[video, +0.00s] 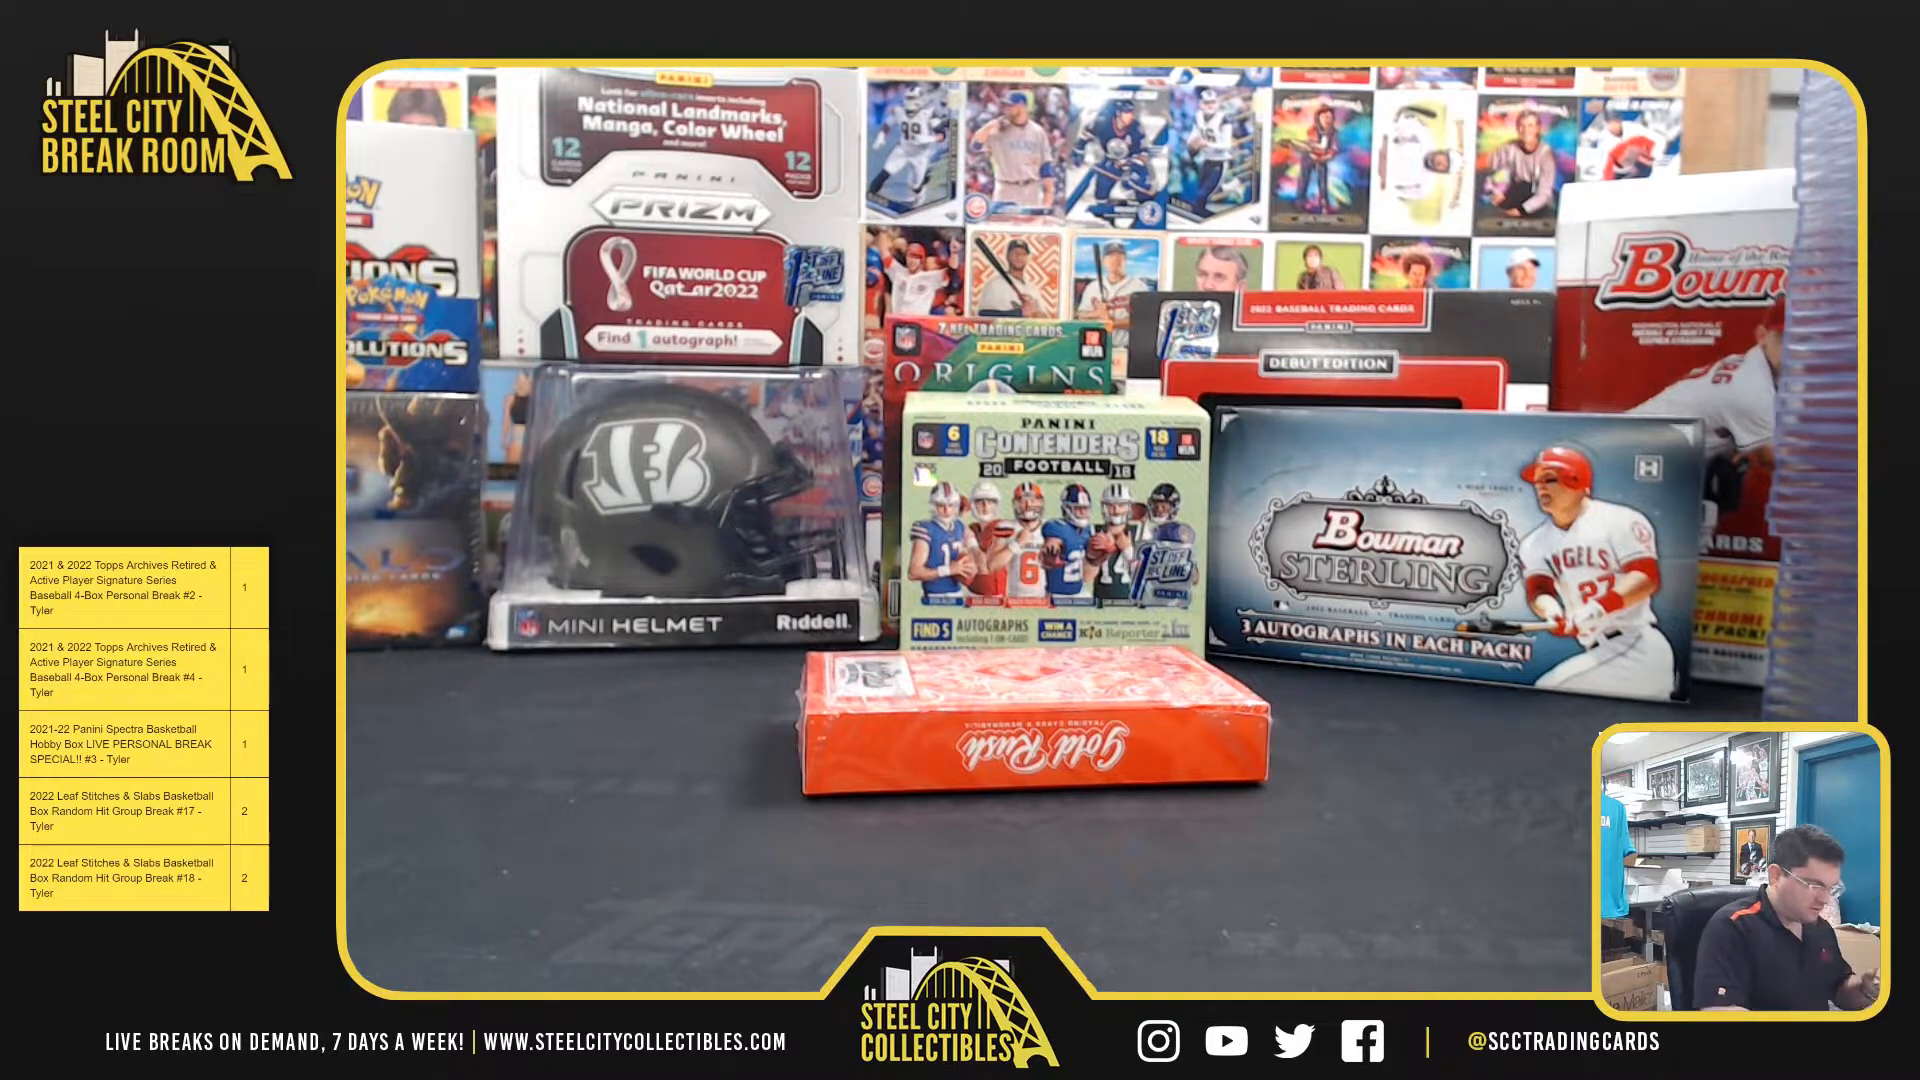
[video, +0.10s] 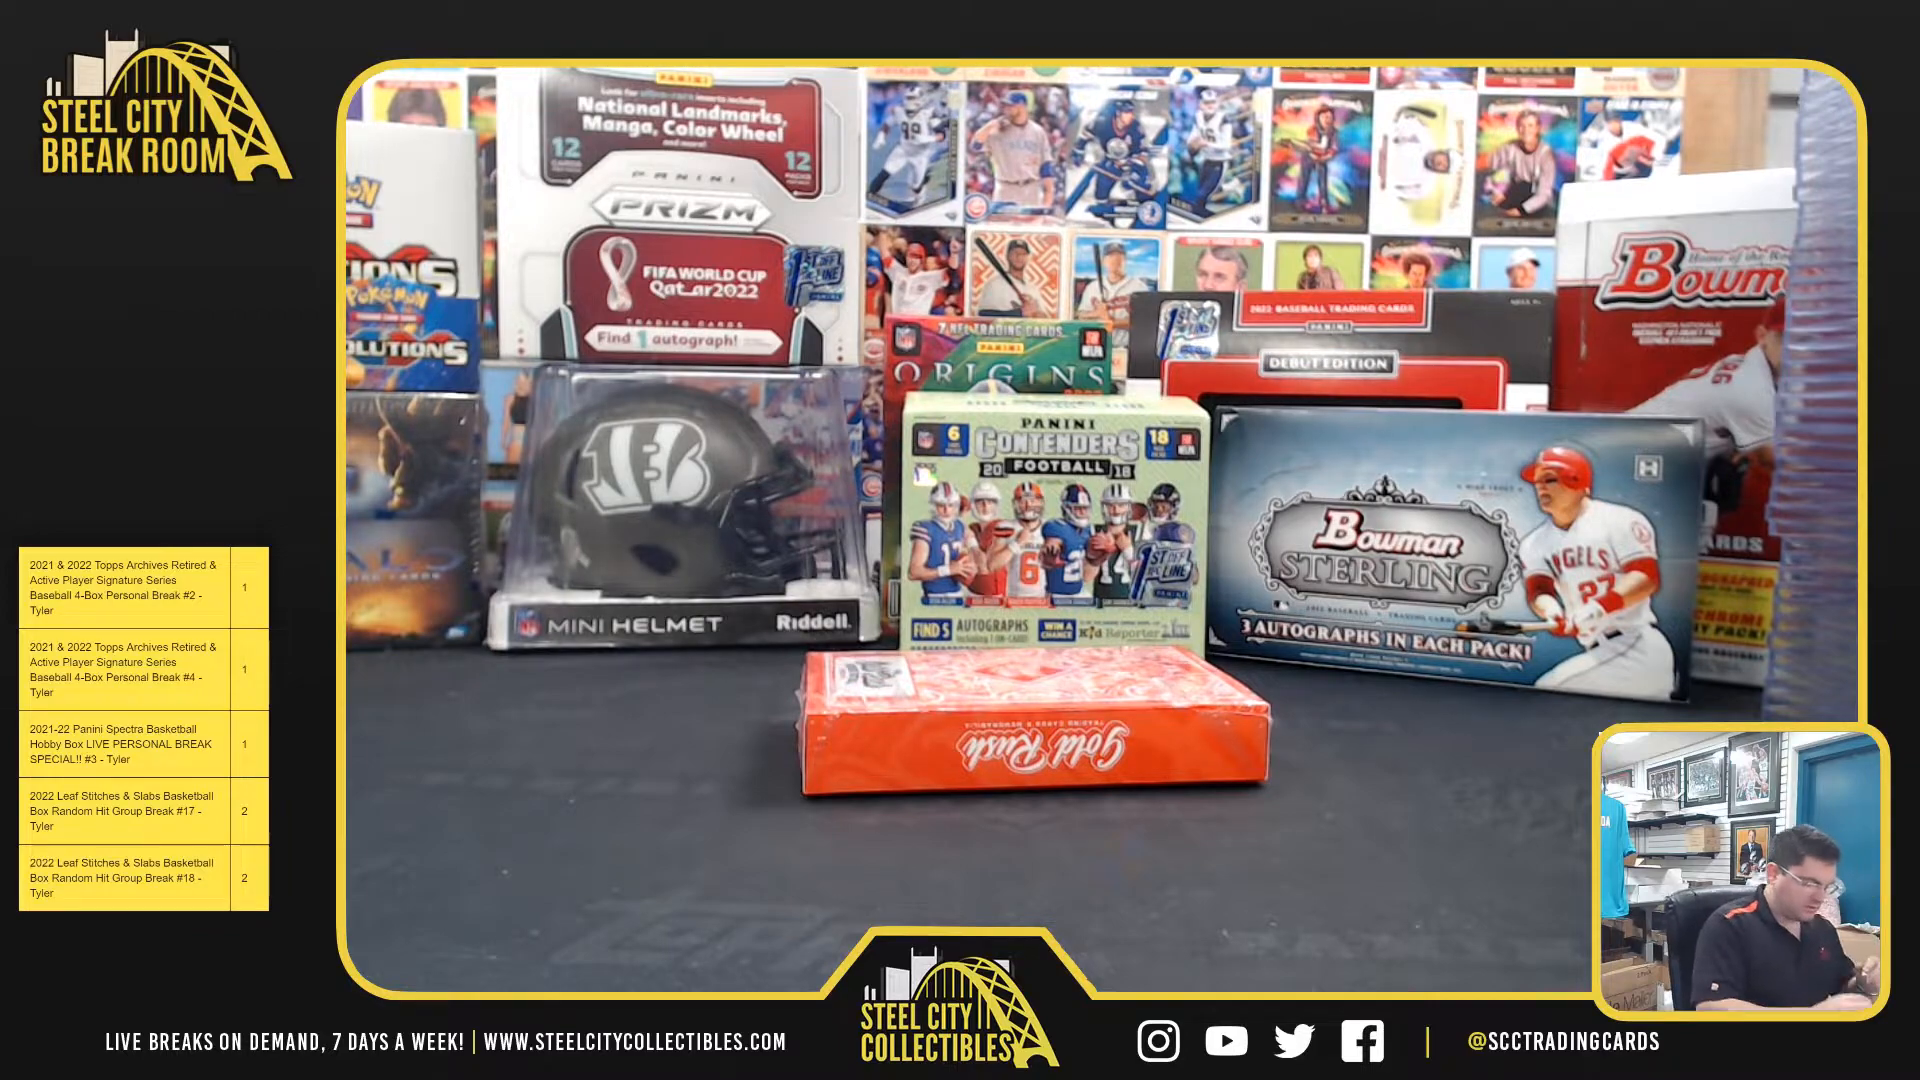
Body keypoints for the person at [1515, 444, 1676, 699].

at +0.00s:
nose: (1540, 490)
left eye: (1550, 481)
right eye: (1537, 484)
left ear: (1578, 484)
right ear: (1533, 488)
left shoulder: (1624, 521)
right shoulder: (1534, 545)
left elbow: (1646, 577)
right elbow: (1539, 591)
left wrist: (1599, 608)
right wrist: (1554, 614)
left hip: (1638, 648)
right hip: (1599, 652)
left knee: (1546, 692)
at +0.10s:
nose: (1540, 490)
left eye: (1549, 481)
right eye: (1537, 484)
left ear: (1578, 484)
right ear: (1533, 488)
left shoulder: (1625, 521)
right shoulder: (1534, 545)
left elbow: (1646, 577)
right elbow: (1539, 591)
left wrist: (1599, 608)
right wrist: (1554, 614)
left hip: (1638, 649)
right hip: (1599, 652)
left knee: (1546, 692)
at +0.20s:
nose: (1540, 490)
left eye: (1549, 481)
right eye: (1537, 484)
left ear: (1578, 484)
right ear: (1533, 488)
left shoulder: (1624, 521)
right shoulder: (1534, 545)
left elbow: (1646, 577)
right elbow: (1539, 591)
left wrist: (1599, 608)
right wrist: (1553, 614)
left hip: (1638, 649)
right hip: (1599, 652)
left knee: (1546, 692)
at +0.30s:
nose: (1540, 490)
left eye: (1549, 481)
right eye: (1537, 483)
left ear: (1578, 484)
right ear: (1533, 488)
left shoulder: (1624, 521)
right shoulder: (1534, 545)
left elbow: (1646, 577)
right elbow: (1539, 591)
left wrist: (1599, 608)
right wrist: (1553, 614)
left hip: (1638, 649)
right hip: (1599, 652)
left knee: (1546, 692)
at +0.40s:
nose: (1540, 490)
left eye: (1549, 481)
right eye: (1537, 483)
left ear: (1578, 484)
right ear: (1533, 487)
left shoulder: (1624, 521)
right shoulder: (1534, 545)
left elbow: (1646, 577)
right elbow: (1538, 591)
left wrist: (1599, 608)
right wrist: (1553, 613)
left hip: (1638, 648)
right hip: (1599, 652)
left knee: (1546, 692)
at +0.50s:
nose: (1540, 490)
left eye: (1549, 481)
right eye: (1537, 483)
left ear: (1578, 484)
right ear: (1533, 487)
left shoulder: (1624, 521)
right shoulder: (1534, 545)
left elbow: (1646, 577)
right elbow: (1538, 591)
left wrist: (1599, 608)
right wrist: (1553, 613)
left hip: (1638, 648)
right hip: (1599, 652)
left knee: (1546, 692)